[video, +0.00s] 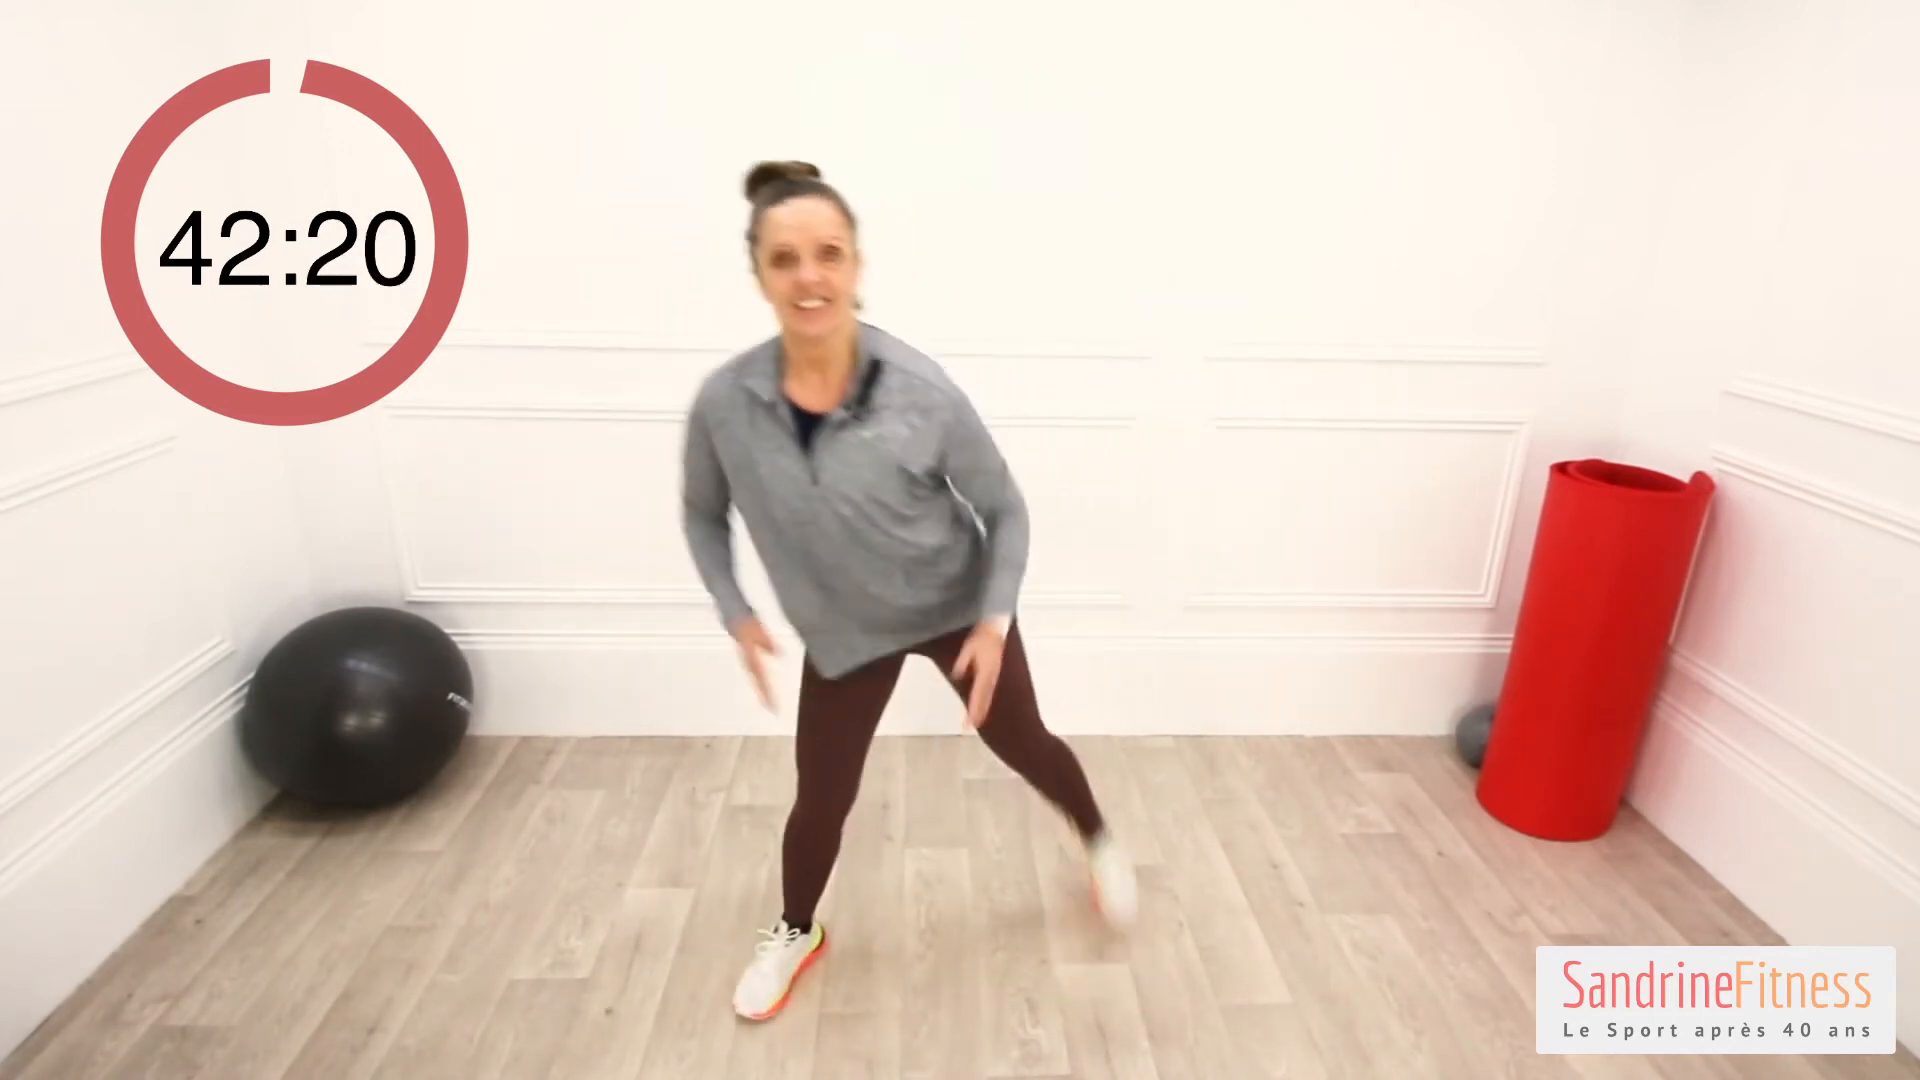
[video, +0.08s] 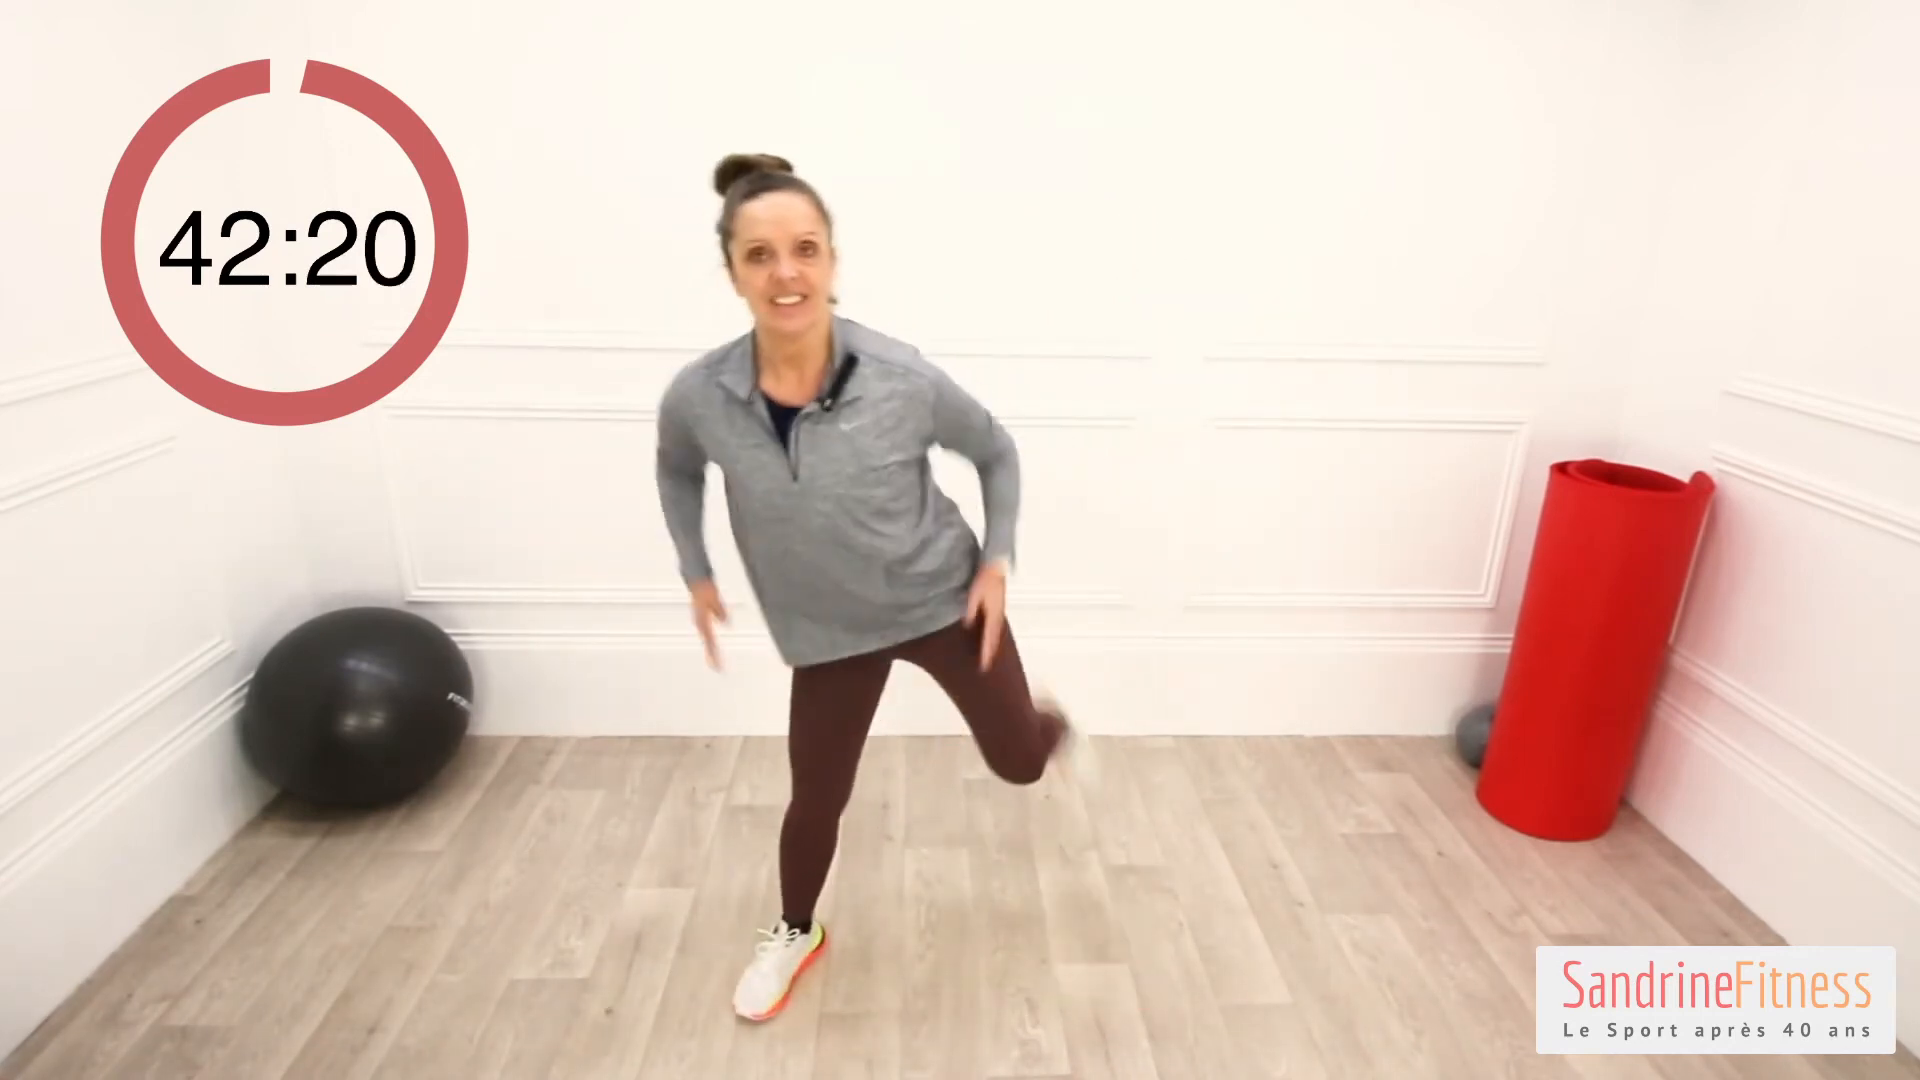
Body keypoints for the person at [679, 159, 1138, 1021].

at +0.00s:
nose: (809, 280)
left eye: (828, 255)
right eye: (784, 261)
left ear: (858, 266)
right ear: (758, 280)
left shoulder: (922, 393)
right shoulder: (724, 405)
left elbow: (1006, 512)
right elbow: (704, 515)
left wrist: (994, 622)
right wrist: (738, 615)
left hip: (956, 607)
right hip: (844, 629)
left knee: (1023, 744)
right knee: (821, 795)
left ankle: (1099, 841)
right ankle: (795, 930)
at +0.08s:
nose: (787, 275)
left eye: (805, 251)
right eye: (761, 257)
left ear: (833, 263)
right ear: (732, 276)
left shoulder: (903, 378)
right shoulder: (697, 401)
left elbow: (996, 451)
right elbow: (677, 475)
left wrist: (999, 558)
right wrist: (697, 571)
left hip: (941, 609)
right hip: (827, 636)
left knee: (1016, 760)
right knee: (814, 800)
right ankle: (796, 931)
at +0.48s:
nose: (822, 271)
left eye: (839, 247)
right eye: (796, 254)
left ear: (863, 256)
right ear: (764, 272)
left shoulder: (927, 378)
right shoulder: (725, 400)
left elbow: (1005, 496)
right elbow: (722, 529)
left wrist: (963, 570)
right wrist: (792, 598)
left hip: (934, 607)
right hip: (822, 624)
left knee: (999, 759)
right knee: (814, 803)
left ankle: (1024, 797)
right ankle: (796, 931)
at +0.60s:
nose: (882, 283)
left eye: (897, 259)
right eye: (857, 266)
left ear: (920, 268)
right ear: (826, 283)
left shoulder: (977, 393)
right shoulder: (786, 405)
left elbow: (1038, 530)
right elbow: (793, 553)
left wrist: (997, 563)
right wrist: (883, 576)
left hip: (957, 627)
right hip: (845, 637)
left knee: (1014, 771)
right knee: (827, 808)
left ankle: (1077, 887)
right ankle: (796, 933)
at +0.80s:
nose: (996, 324)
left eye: (1010, 301)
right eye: (971, 307)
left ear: (1028, 308)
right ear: (941, 322)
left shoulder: (1070, 432)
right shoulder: (899, 433)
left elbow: (1103, 565)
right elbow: (882, 585)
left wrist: (1093, 640)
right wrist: (959, 655)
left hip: (1009, 652)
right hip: (902, 648)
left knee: (1053, 814)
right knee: (866, 823)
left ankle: (1097, 920)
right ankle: (795, 935)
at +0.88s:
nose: (1052, 304)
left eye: (1067, 280)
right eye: (1028, 287)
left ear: (1088, 289)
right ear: (998, 305)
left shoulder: (1132, 426)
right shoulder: (952, 418)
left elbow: (1162, 563)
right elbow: (901, 570)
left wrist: (1133, 654)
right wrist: (958, 655)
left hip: (1041, 648)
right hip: (932, 635)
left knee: (1069, 806)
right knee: (865, 792)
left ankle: (1097, 919)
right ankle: (784, 925)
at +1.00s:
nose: (1118, 278)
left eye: (1135, 255)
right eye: (1092, 262)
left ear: (1158, 267)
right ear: (1061, 282)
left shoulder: (1198, 404)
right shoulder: (1006, 395)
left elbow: (1193, 506)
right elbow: (922, 483)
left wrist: (1167, 587)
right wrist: (944, 593)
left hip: (1067, 626)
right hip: (964, 599)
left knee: (1076, 791)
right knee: (881, 766)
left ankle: (1097, 917)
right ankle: (790, 803)